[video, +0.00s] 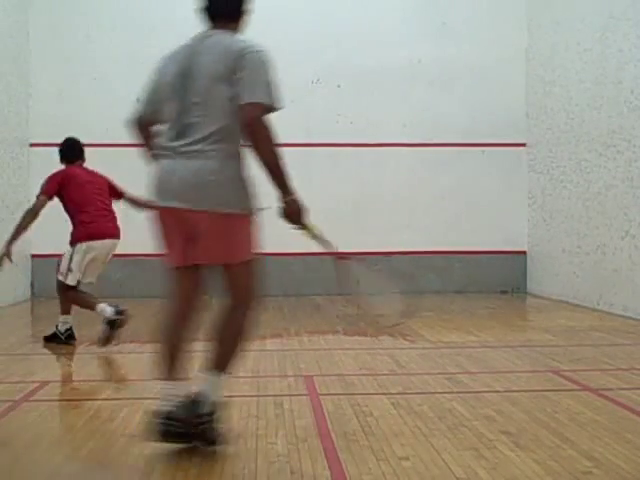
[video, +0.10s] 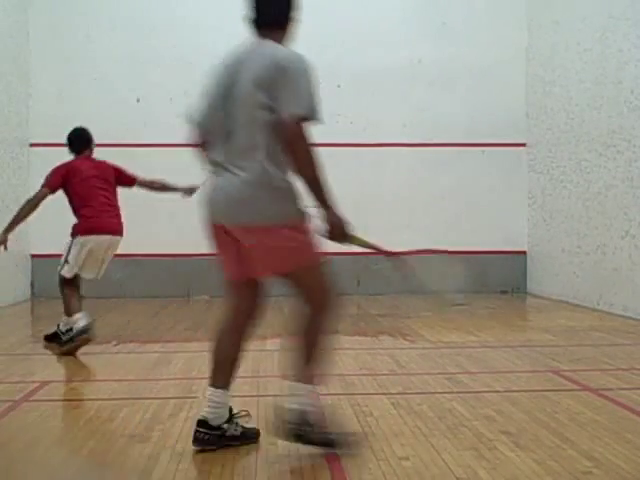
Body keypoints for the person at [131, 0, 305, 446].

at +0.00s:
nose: (241, 13)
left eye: (230, 9)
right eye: (243, 9)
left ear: (206, 12)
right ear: (242, 12)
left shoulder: (177, 56)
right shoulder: (246, 53)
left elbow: (141, 120)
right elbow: (252, 120)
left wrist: (164, 162)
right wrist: (287, 192)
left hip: (171, 189)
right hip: (221, 192)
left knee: (185, 293)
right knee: (242, 295)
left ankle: (170, 403)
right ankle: (204, 399)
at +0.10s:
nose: (289, 20)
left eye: (278, 14)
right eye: (290, 14)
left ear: (254, 19)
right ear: (289, 19)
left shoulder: (232, 62)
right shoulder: (288, 62)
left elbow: (203, 134)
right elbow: (292, 136)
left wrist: (234, 176)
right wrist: (328, 209)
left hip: (222, 206)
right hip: (267, 206)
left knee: (243, 300)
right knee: (319, 296)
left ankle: (214, 417)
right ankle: (301, 409)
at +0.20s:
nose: (347, 40)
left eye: (339, 31)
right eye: (346, 33)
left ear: (309, 34)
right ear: (342, 35)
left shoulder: (291, 80)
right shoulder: (337, 81)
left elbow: (279, 154)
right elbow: (340, 153)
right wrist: (388, 222)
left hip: (275, 223)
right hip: (319, 226)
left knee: (271, 315)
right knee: (387, 306)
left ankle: (218, 416)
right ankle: (422, 418)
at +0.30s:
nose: (410, 41)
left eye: (404, 31)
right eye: (409, 33)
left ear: (372, 35)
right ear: (404, 36)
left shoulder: (352, 82)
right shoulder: (398, 83)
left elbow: (350, 157)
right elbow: (401, 155)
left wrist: (411, 198)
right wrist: (453, 223)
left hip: (344, 224)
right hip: (388, 227)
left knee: (330, 315)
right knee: (442, 311)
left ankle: (255, 387)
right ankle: (459, 426)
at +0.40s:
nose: (478, 43)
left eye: (475, 34)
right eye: (477, 35)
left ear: (439, 34)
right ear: (471, 37)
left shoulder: (416, 79)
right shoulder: (460, 83)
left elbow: (408, 154)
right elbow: (473, 159)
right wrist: (529, 222)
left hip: (406, 217)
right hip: (443, 219)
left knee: (429, 311)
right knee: (484, 312)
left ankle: (353, 371)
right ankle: (463, 427)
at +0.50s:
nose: (540, 45)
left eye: (539, 36)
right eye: (539, 36)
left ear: (503, 33)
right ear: (530, 37)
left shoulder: (472, 76)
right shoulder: (517, 82)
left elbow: (440, 145)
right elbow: (538, 159)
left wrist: (446, 200)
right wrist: (599, 210)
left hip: (459, 210)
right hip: (491, 211)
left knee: (512, 303)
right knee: (515, 311)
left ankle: (477, 394)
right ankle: (466, 422)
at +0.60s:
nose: (595, 51)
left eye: (594, 43)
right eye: (595, 43)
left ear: (558, 36)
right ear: (585, 41)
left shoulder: (526, 76)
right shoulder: (571, 85)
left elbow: (481, 134)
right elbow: (599, 161)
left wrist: (464, 187)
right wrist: (636, 190)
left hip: (514, 209)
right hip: (537, 214)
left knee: (588, 284)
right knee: (539, 313)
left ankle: (606, 392)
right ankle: (473, 412)